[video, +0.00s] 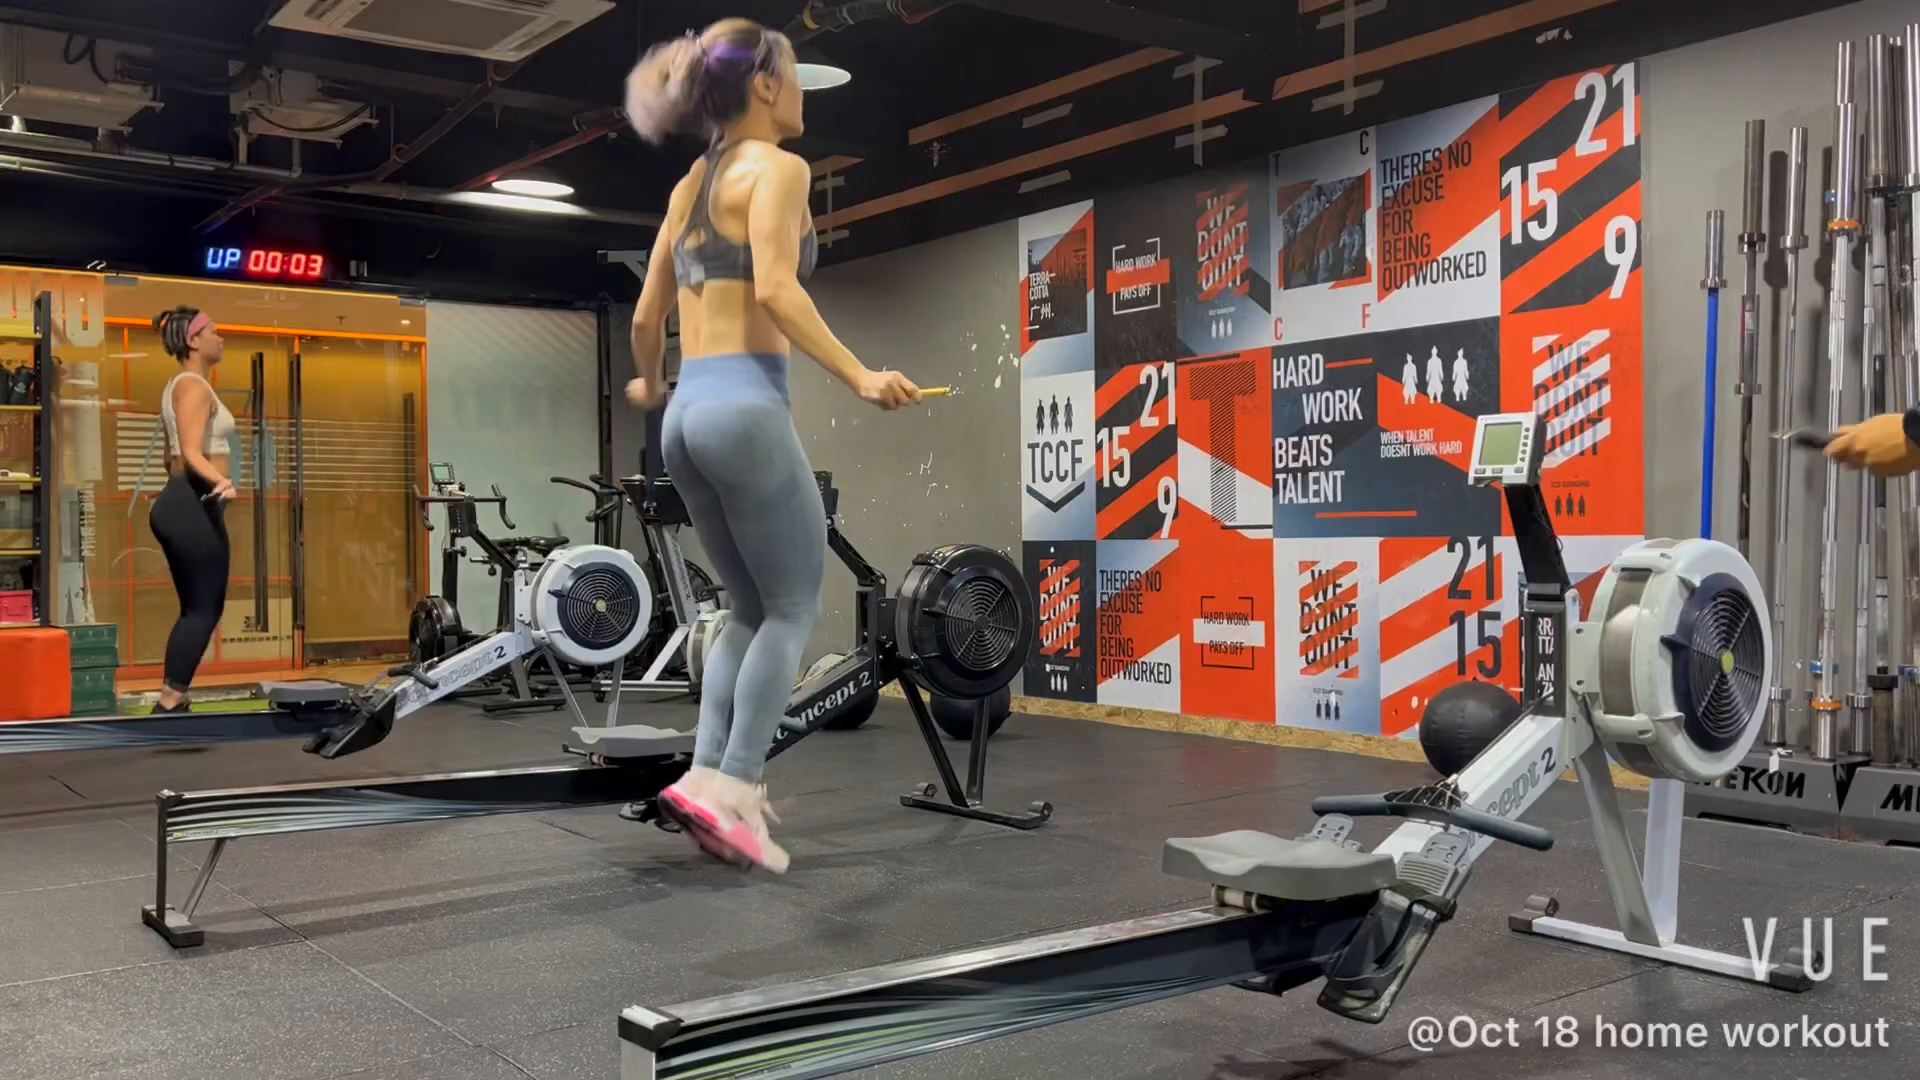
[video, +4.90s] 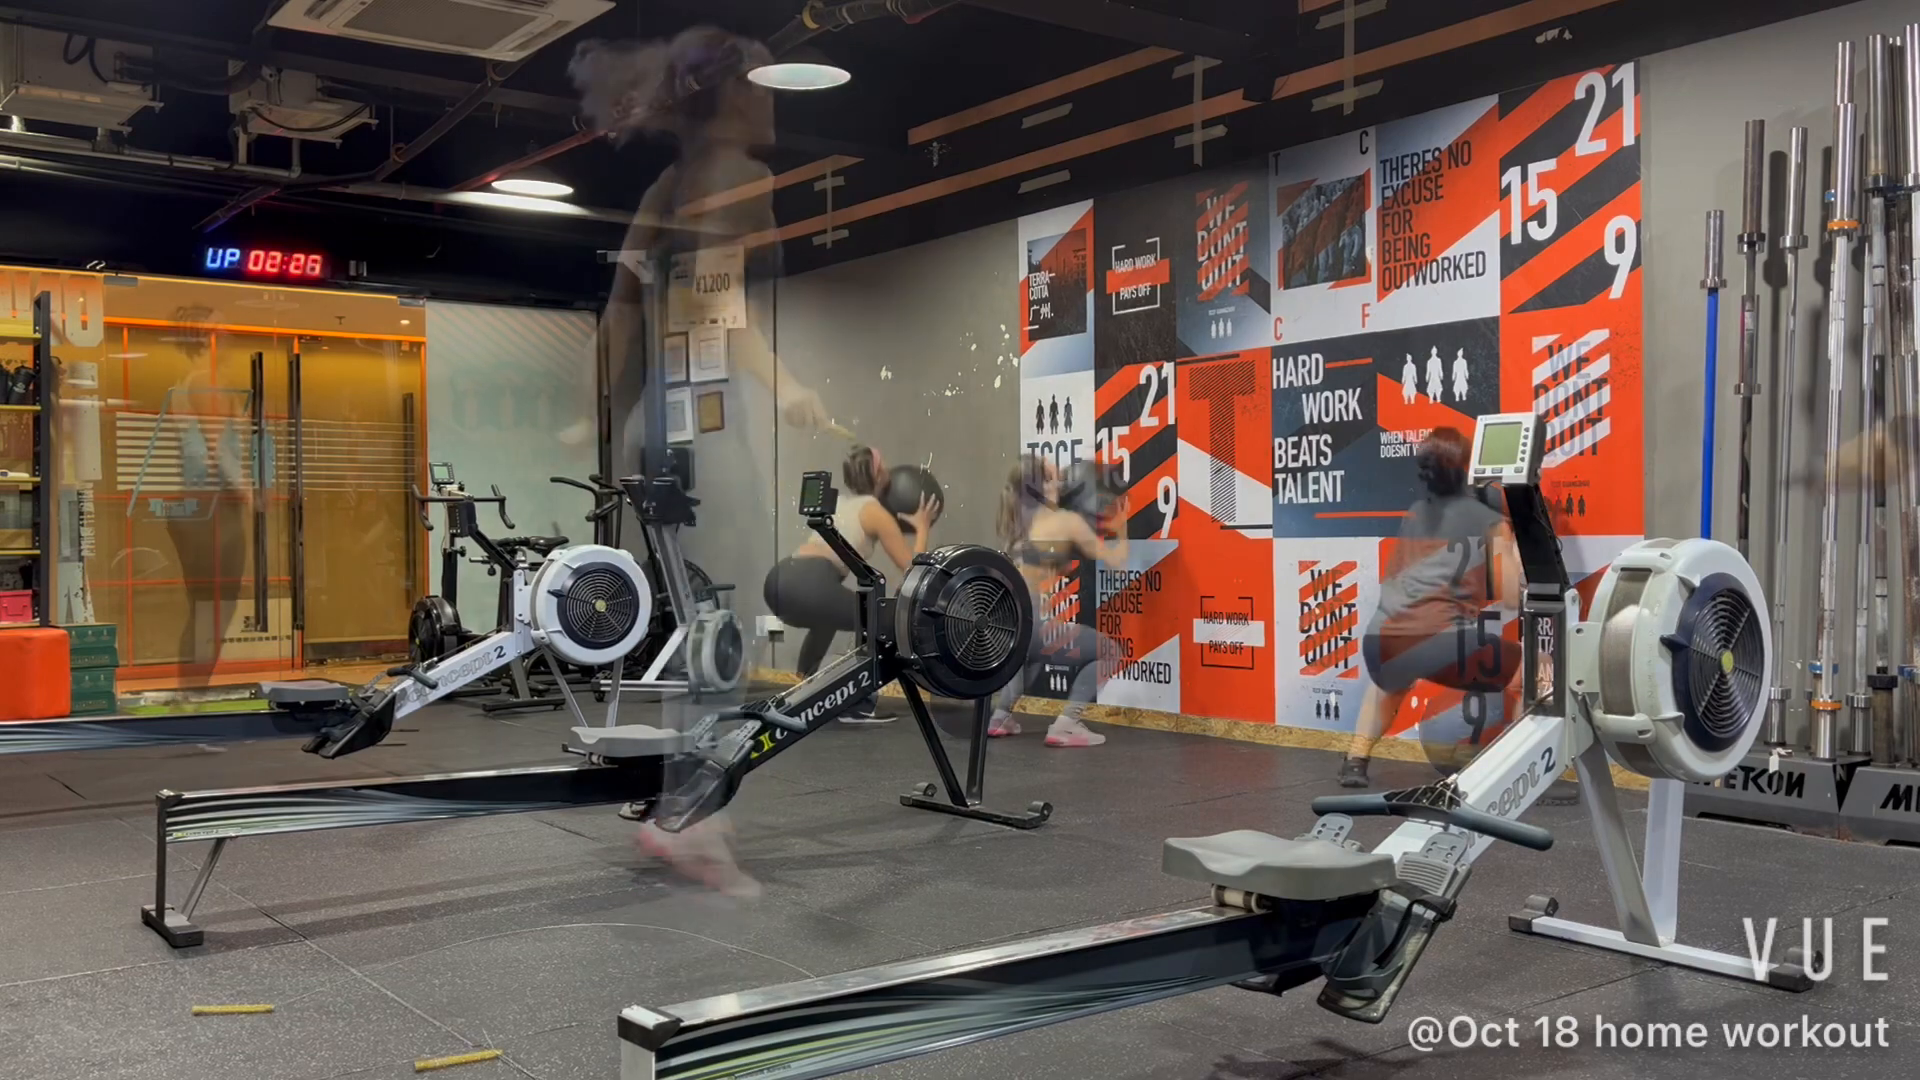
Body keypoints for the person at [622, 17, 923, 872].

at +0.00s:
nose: (801, 93)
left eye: (794, 79)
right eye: (792, 79)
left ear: (730, 94)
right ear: (765, 85)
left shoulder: (691, 183)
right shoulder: (779, 167)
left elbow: (649, 311)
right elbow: (776, 289)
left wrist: (648, 379)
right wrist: (861, 373)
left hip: (681, 412)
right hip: (743, 407)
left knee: (746, 610)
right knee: (791, 609)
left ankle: (711, 783)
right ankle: (733, 785)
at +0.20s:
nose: (799, 123)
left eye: (792, 109)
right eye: (788, 111)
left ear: (729, 135)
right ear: (761, 128)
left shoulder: (693, 220)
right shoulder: (772, 204)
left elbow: (638, 333)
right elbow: (756, 322)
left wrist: (583, 423)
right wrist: (831, 408)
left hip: (690, 446)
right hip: (743, 443)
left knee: (732, 654)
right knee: (772, 655)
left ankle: (723, 834)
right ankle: (742, 843)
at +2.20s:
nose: (759, 214)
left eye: (753, 199)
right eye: (750, 201)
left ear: (676, 218)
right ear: (725, 212)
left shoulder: (652, 311)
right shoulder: (738, 299)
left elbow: (617, 434)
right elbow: (738, 426)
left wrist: (615, 494)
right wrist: (827, 496)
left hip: (666, 533)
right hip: (723, 531)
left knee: (716, 733)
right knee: (760, 732)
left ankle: (666, 907)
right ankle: (692, 911)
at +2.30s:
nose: (752, 126)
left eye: (745, 111)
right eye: (742, 113)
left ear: (675, 136)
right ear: (717, 127)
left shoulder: (652, 227)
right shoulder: (738, 208)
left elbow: (613, 355)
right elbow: (736, 327)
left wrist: (586, 429)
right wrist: (825, 404)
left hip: (665, 448)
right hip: (723, 445)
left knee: (698, 655)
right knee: (742, 655)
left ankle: (692, 836)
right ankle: (712, 841)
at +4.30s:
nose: (773, 101)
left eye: (769, 85)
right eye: (765, 87)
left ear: (703, 101)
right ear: (734, 91)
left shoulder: (660, 189)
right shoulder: (743, 171)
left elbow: (620, 322)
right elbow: (718, 289)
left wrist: (606, 418)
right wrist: (788, 382)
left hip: (651, 418)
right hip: (703, 414)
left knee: (700, 621)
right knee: (739, 623)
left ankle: (670, 801)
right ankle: (700, 814)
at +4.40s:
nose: (774, 153)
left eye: (769, 138)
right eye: (763, 139)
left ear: (709, 157)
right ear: (734, 151)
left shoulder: (667, 246)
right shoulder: (740, 234)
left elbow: (603, 363)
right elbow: (717, 356)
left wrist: (551, 442)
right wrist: (796, 434)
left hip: (656, 481)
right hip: (701, 480)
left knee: (700, 688)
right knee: (733, 690)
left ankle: (669, 865)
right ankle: (696, 880)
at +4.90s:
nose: (771, 111)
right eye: (761, 96)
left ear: (683, 93)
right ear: (727, 93)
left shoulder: (675, 187)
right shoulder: (730, 176)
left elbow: (630, 316)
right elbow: (710, 309)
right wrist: (791, 391)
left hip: (667, 413)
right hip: (713, 409)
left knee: (706, 607)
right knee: (729, 606)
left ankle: (689, 811)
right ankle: (690, 812)